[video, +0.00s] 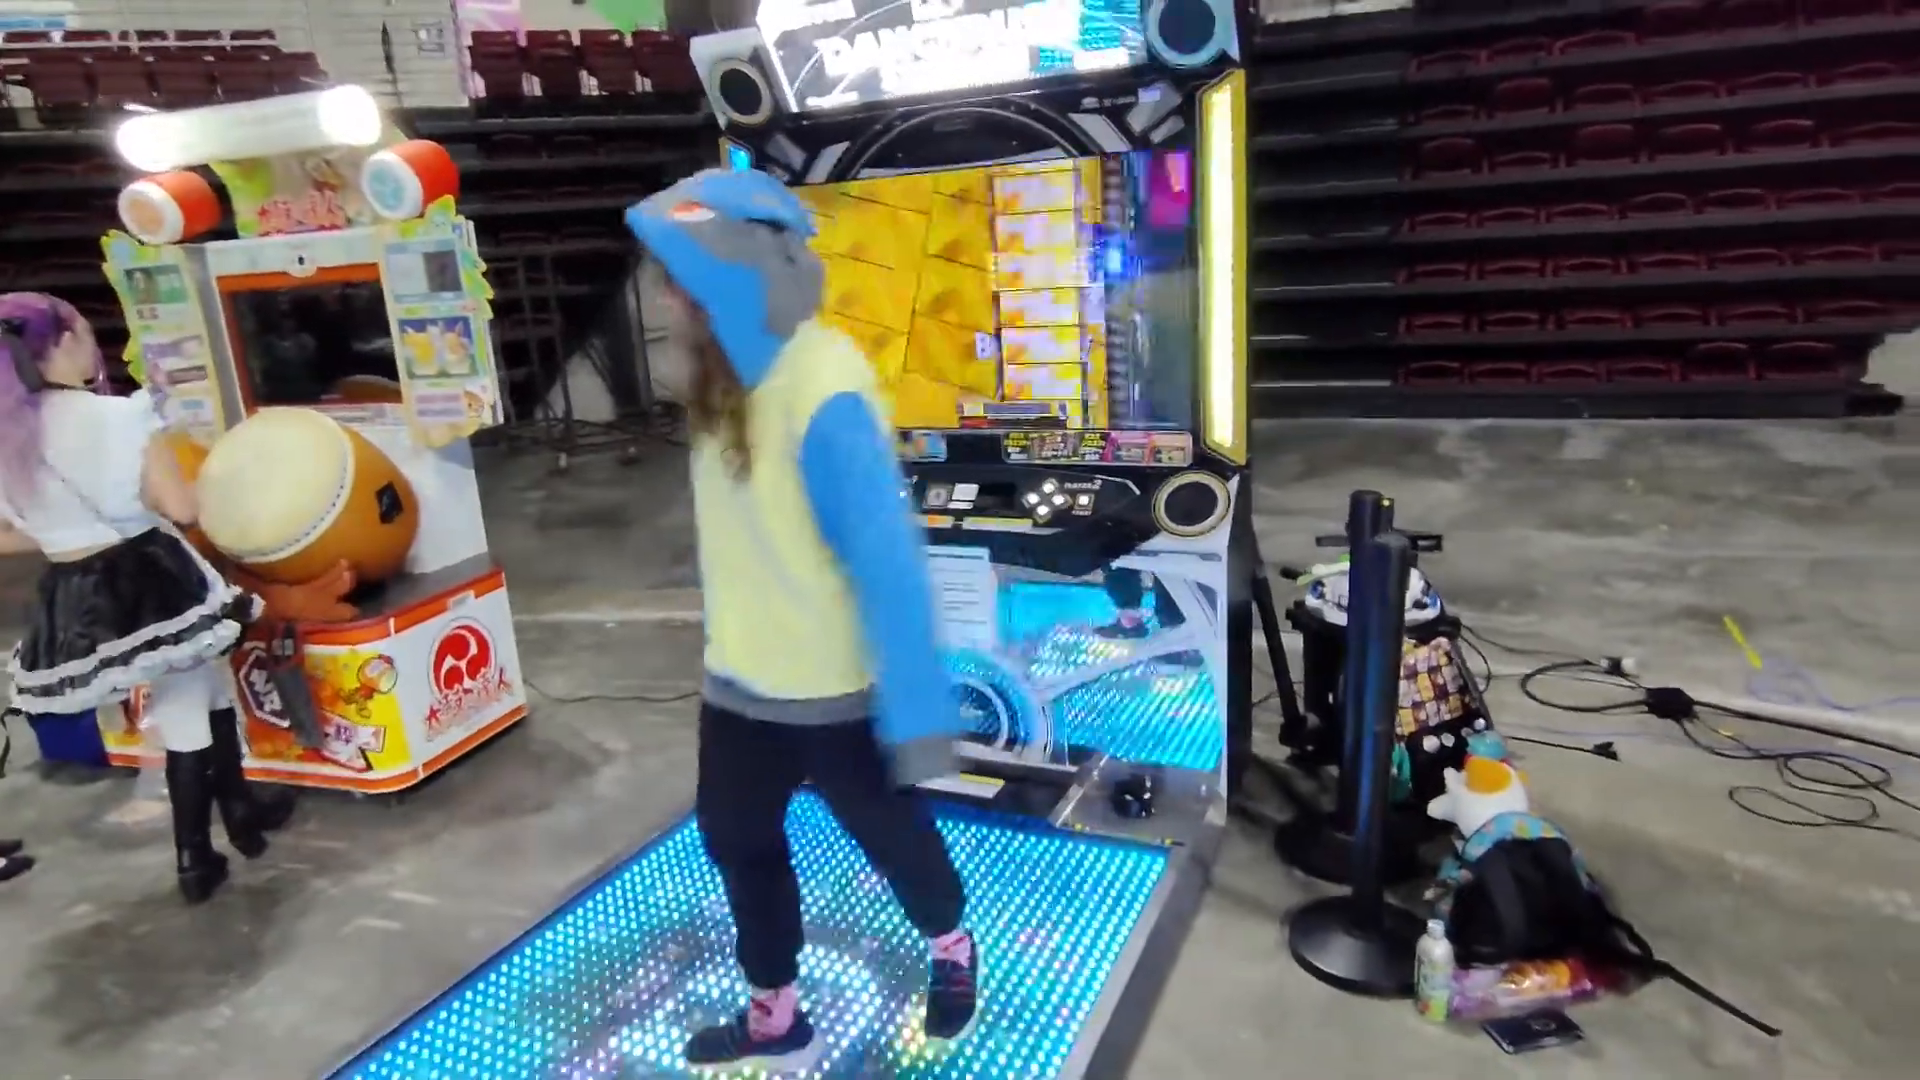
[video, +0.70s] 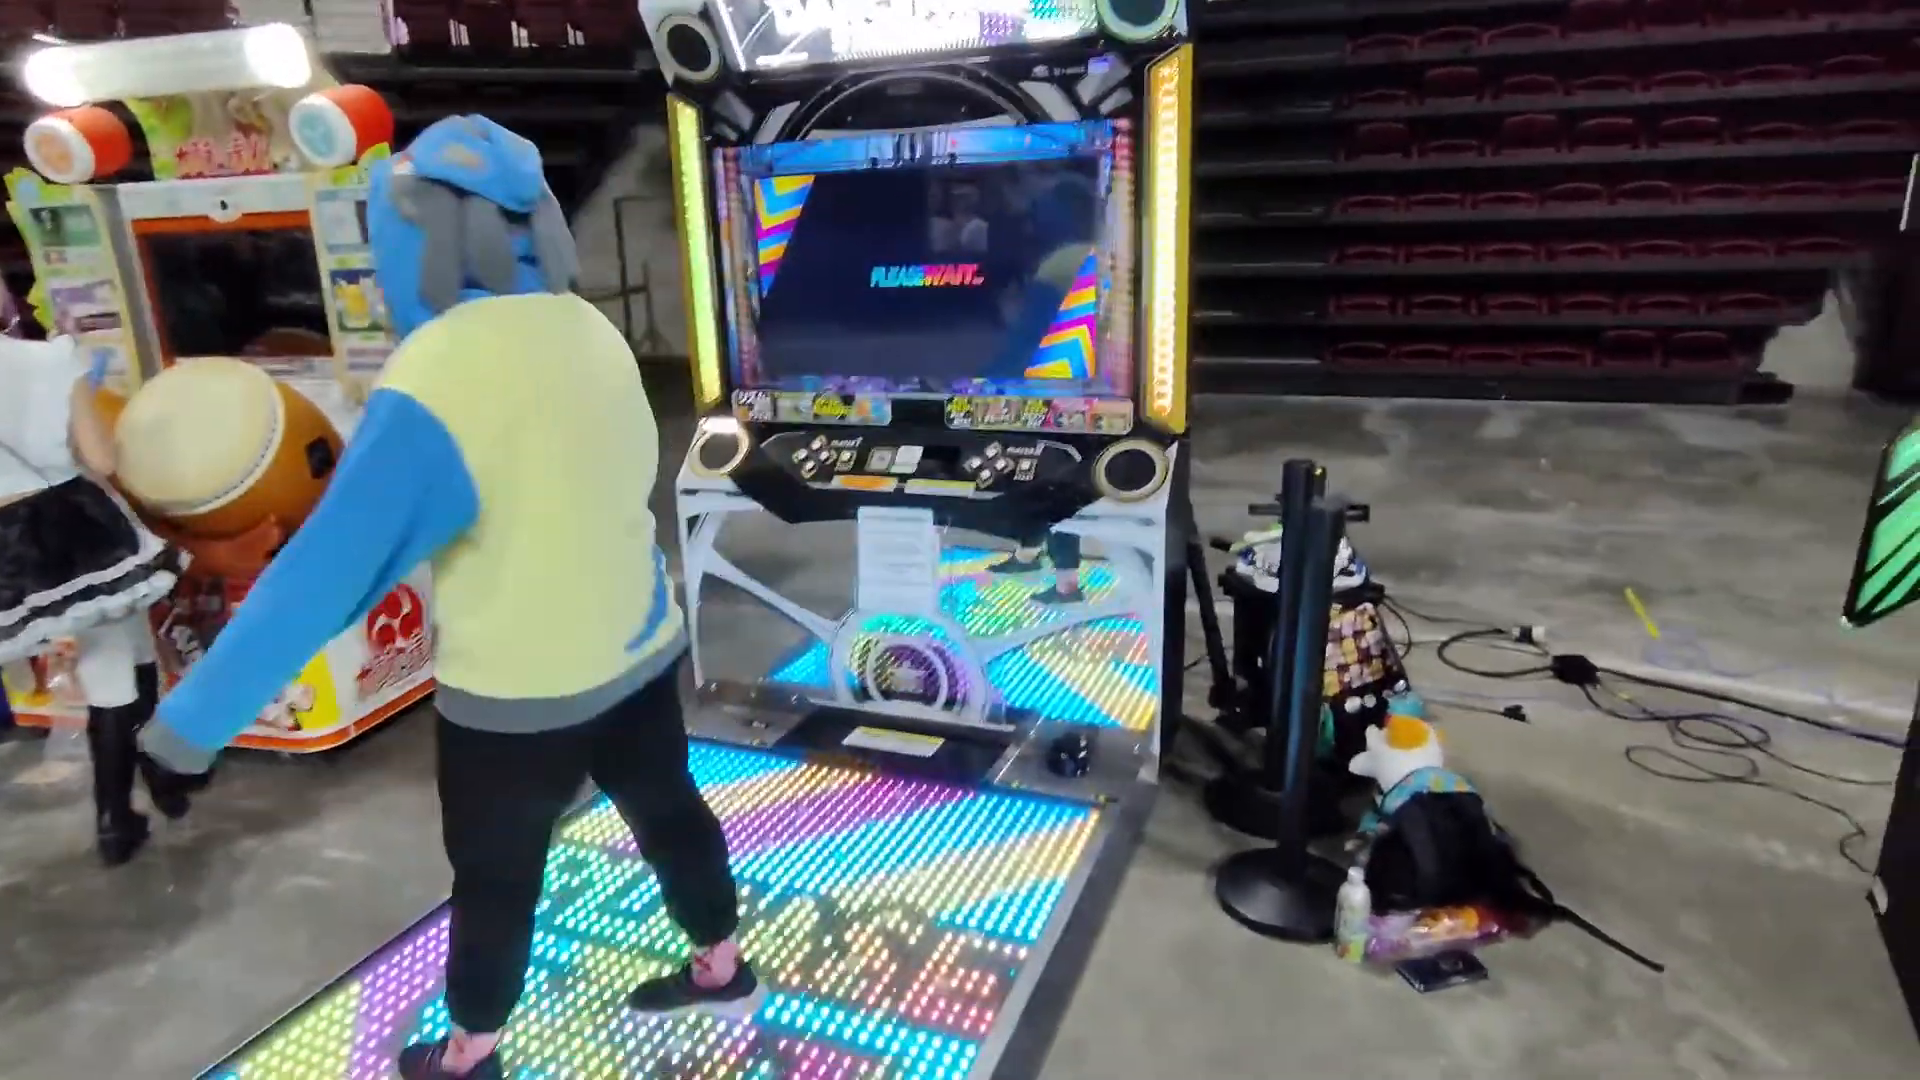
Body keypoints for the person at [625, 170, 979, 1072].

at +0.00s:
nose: (672, 306)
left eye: (686, 286)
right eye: (668, 286)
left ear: (750, 286)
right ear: (731, 289)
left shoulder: (825, 392)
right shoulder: (726, 380)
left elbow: (888, 560)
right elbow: (745, 538)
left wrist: (920, 717)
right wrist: (740, 662)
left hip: (834, 696)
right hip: (739, 689)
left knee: (889, 831)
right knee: (739, 840)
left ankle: (950, 943)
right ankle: (773, 1008)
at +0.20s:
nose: (609, 294)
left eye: (625, 272)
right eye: (608, 273)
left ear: (689, 272)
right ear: (674, 275)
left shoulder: (740, 392)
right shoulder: (685, 375)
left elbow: (777, 576)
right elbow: (703, 550)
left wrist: (781, 731)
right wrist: (682, 678)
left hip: (748, 701)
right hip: (693, 688)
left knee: (767, 853)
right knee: (724, 854)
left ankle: (895, 934)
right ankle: (760, 1001)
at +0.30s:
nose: (583, 294)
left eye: (597, 267)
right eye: (579, 270)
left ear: (661, 262)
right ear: (658, 265)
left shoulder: (696, 393)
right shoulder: (703, 361)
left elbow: (714, 582)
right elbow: (718, 562)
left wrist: (686, 731)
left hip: (726, 691)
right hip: (729, 678)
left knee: (704, 864)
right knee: (728, 851)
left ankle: (786, 995)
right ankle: (778, 988)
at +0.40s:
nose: (531, 280)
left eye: (544, 256)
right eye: (531, 257)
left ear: (598, 258)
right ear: (624, 255)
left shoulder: (623, 385)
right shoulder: (674, 348)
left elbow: (577, 571)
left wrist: (454, 711)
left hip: (658, 686)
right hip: (724, 663)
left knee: (607, 857)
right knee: (721, 827)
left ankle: (641, 1045)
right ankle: (751, 989)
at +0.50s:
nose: (494, 284)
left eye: (504, 262)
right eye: (493, 262)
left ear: (563, 261)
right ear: (603, 256)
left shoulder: (580, 389)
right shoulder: (660, 348)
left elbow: (501, 575)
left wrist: (335, 700)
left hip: (621, 692)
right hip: (706, 665)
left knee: (582, 872)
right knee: (716, 832)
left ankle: (561, 1050)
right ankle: (743, 988)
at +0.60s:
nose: (439, 279)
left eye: (448, 254)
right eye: (440, 253)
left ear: (503, 254)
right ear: (563, 247)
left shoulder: (505, 399)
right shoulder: (628, 341)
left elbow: (392, 585)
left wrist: (209, 718)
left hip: (575, 704)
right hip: (681, 665)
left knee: (534, 881)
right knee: (701, 827)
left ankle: (494, 1053)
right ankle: (734, 975)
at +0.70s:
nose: (381, 264)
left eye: (389, 241)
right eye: (380, 241)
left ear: (441, 240)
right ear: (510, 231)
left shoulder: (435, 377)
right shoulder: (589, 329)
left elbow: (322, 576)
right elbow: (627, 481)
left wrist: (186, 725)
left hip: (512, 704)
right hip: (639, 660)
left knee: (495, 879)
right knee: (669, 807)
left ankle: (472, 1040)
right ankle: (720, 955)